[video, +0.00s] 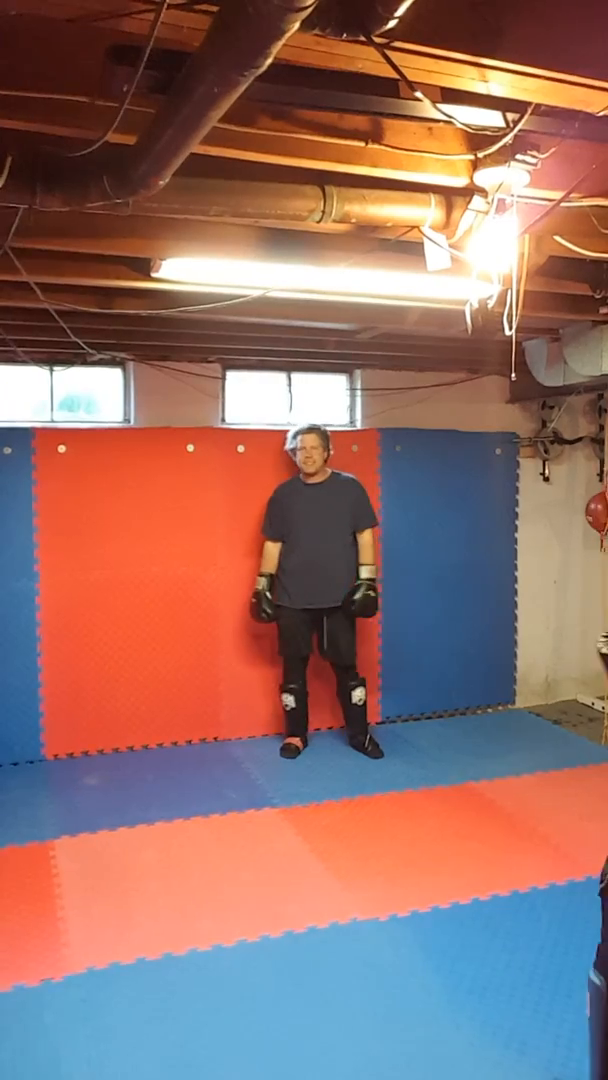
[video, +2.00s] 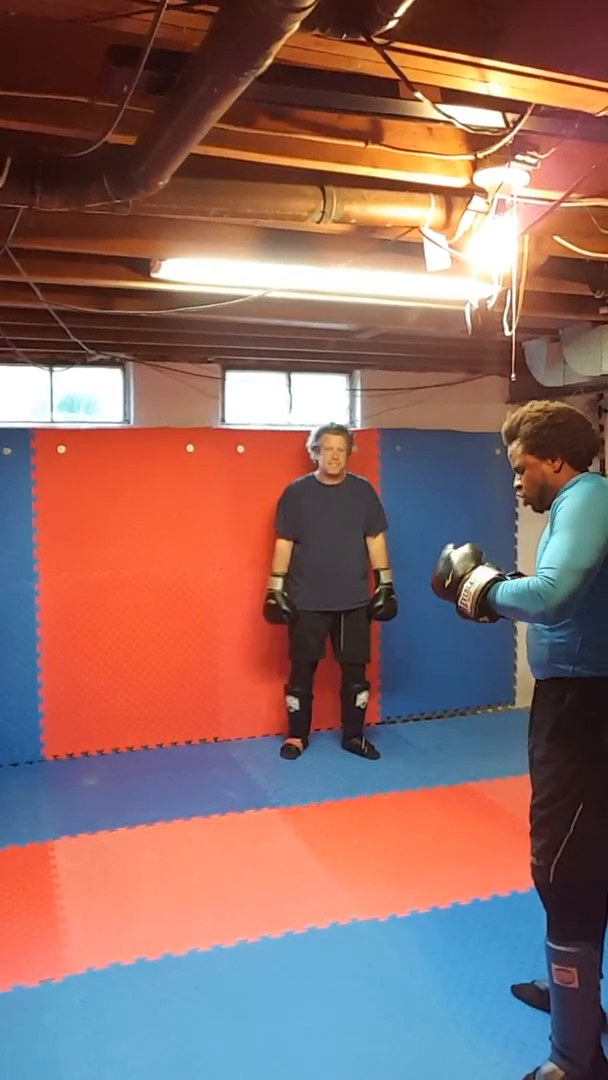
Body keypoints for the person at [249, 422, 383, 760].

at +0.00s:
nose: (305, 455)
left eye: (312, 449)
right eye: (300, 449)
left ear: (327, 452)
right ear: (295, 454)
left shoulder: (349, 488)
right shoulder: (284, 494)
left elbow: (365, 536)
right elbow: (272, 542)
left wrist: (367, 582)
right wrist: (263, 585)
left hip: (339, 597)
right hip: (292, 598)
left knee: (347, 668)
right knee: (293, 667)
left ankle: (359, 734)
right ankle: (295, 735)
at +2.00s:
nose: (334, 456)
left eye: (340, 451)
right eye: (328, 450)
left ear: (348, 455)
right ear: (317, 453)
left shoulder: (363, 490)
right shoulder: (296, 493)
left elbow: (376, 538)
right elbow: (284, 542)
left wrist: (385, 585)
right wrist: (276, 588)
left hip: (354, 599)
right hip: (307, 599)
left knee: (356, 669)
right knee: (302, 669)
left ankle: (354, 736)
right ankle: (297, 735)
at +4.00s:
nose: (370, 458)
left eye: (376, 452)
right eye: (364, 451)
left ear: (381, 456)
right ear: (349, 453)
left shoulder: (392, 492)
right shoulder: (327, 493)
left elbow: (405, 540)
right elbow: (316, 542)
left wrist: (415, 584)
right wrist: (312, 588)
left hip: (380, 599)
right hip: (340, 598)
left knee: (370, 667)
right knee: (344, 664)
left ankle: (356, 734)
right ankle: (327, 729)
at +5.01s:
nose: (321, 457)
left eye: (327, 451)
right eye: (314, 451)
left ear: (337, 454)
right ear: (304, 454)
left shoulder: (355, 491)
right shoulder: (287, 495)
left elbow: (371, 541)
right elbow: (275, 545)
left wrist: (383, 588)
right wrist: (265, 592)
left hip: (346, 603)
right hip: (297, 602)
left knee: (350, 672)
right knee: (290, 676)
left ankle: (353, 736)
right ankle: (282, 748)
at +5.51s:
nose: (282, 458)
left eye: (288, 451)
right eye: (276, 452)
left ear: (301, 453)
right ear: (267, 455)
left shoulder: (323, 491)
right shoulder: (252, 495)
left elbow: (337, 540)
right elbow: (240, 546)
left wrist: (342, 587)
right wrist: (230, 593)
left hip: (313, 601)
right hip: (266, 602)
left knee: (312, 674)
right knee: (272, 675)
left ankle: (317, 747)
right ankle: (279, 745)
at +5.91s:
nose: (274, 459)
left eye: (281, 452)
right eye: (268, 453)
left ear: (294, 455)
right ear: (259, 458)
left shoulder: (317, 491)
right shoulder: (247, 497)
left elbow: (334, 541)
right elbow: (237, 548)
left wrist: (340, 591)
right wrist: (230, 596)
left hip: (303, 602)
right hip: (258, 604)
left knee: (286, 674)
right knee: (267, 676)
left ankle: (275, 758)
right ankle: (276, 748)